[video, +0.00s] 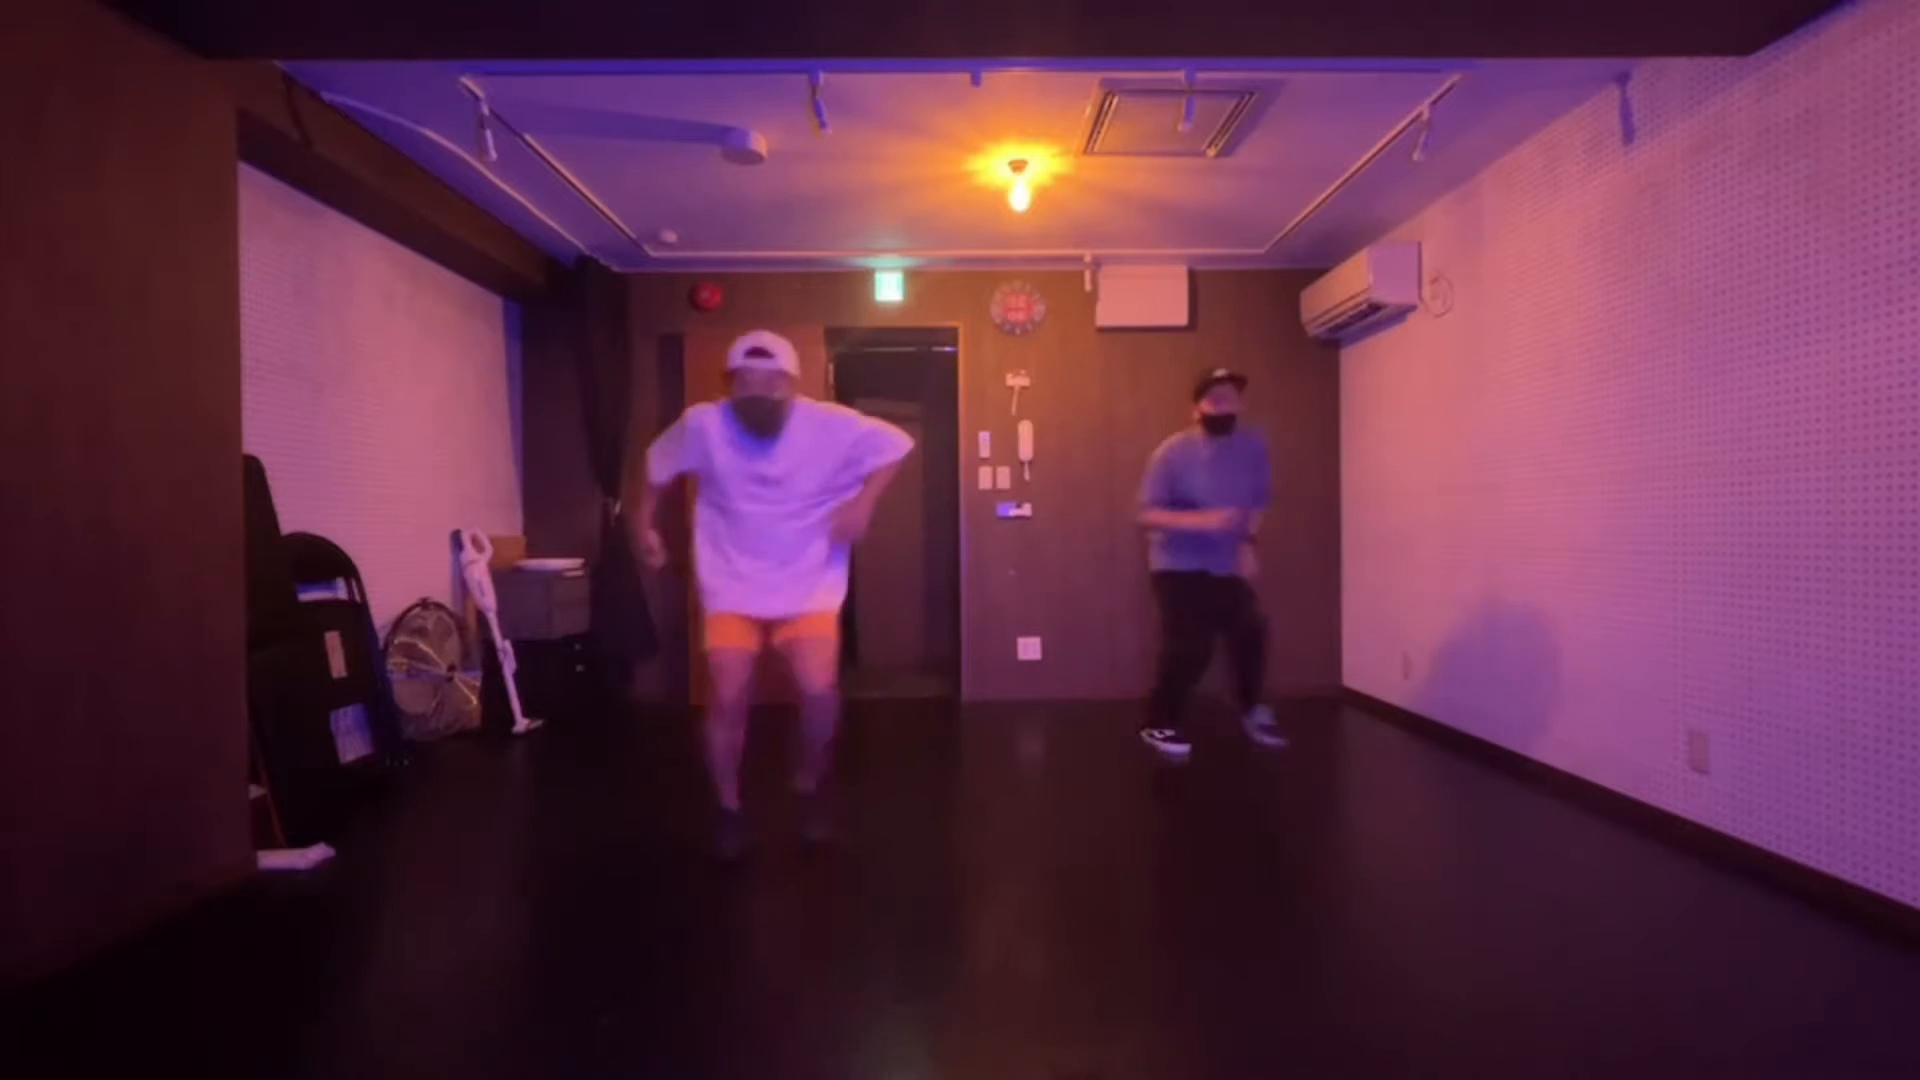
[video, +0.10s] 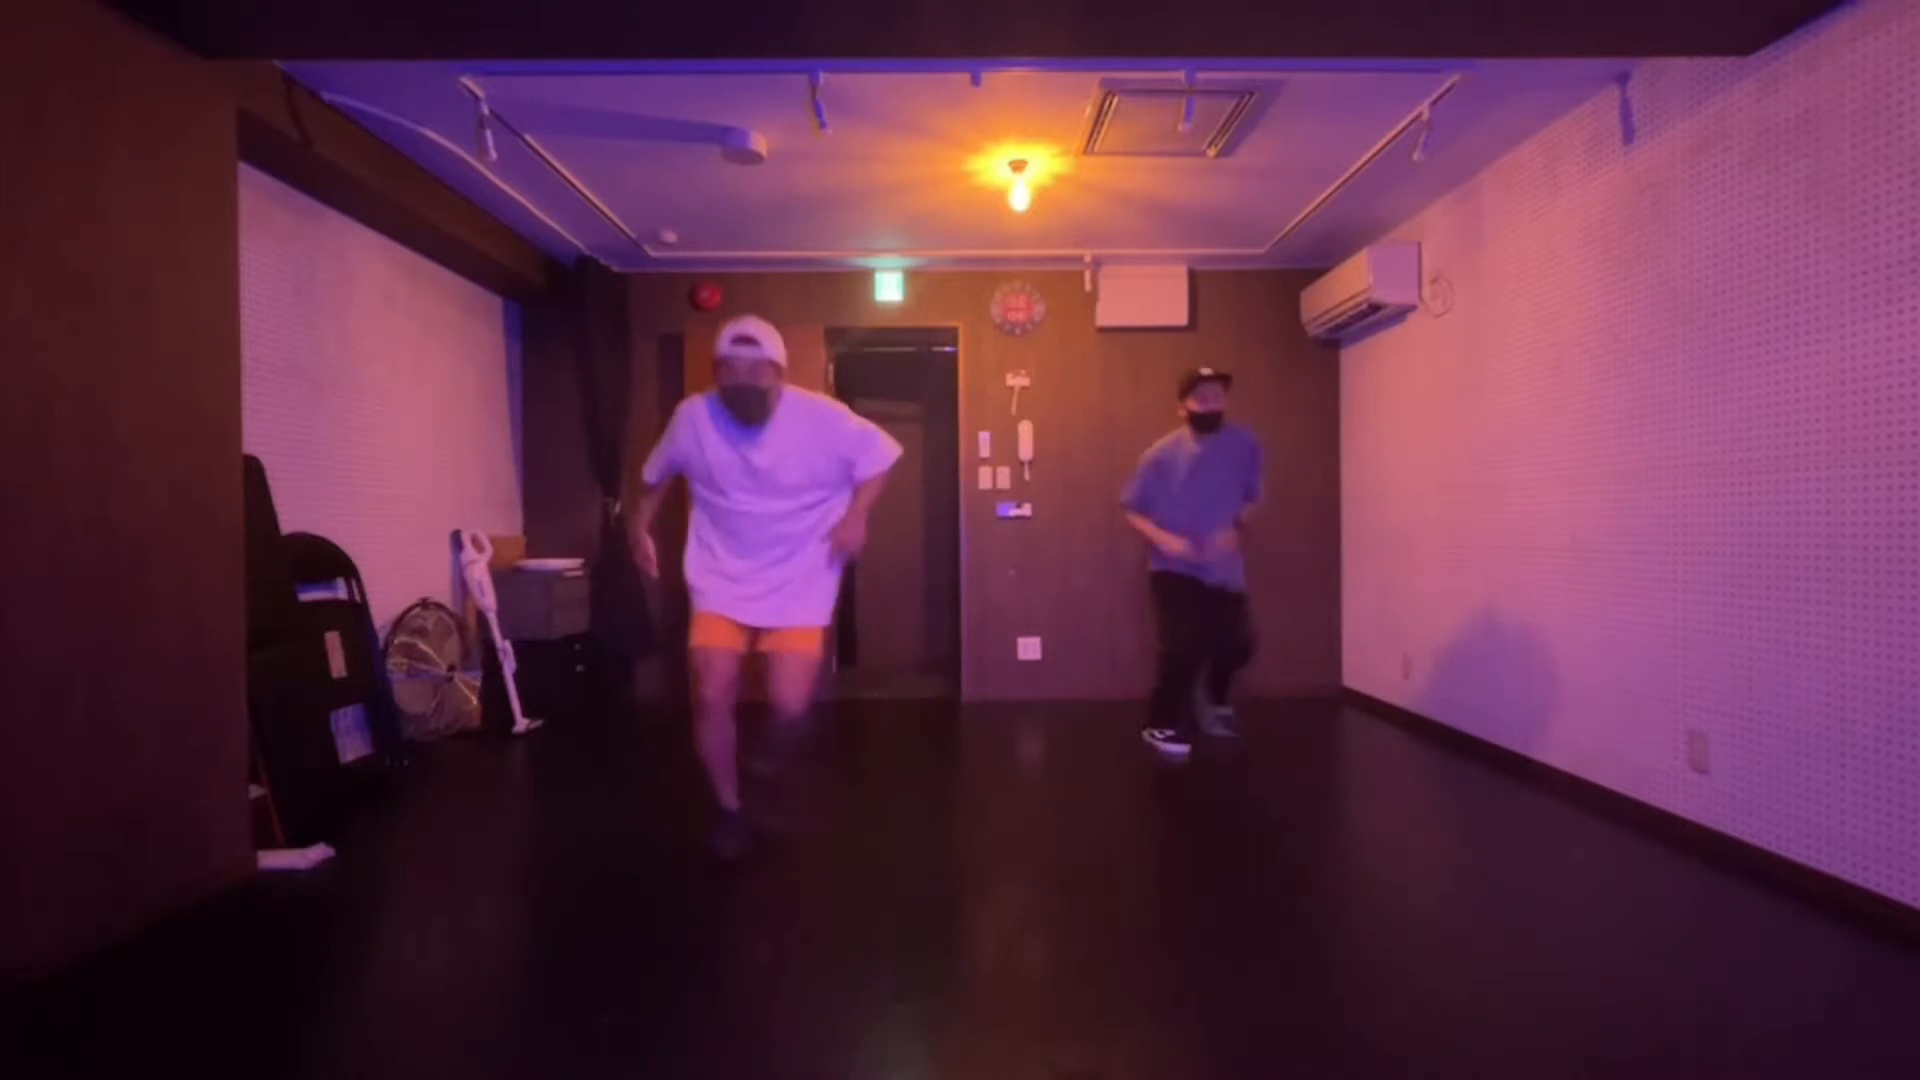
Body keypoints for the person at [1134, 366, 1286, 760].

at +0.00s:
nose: (1225, 408)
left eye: (1231, 399)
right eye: (1216, 399)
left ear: (1240, 404)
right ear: (1198, 405)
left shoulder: (1251, 449)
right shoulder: (1174, 451)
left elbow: (1259, 502)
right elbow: (1146, 512)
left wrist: (1248, 539)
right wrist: (1206, 521)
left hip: (1226, 568)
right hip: (1178, 569)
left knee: (1250, 631)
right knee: (1187, 646)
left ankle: (1252, 708)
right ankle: (1161, 723)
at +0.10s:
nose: (1210, 406)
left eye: (1217, 396)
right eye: (1201, 397)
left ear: (1227, 401)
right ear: (1183, 405)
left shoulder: (1243, 446)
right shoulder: (1164, 453)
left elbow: (1253, 499)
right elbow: (1132, 507)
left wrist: (1230, 532)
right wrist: (1165, 540)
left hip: (1223, 571)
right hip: (1176, 570)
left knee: (1234, 644)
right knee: (1181, 650)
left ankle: (1217, 701)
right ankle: (1163, 723)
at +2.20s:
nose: (1333, 385)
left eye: (1338, 376)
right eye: (1322, 378)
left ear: (1347, 378)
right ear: (1302, 387)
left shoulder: (1376, 415)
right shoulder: (1294, 448)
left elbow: (1413, 469)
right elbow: (1296, 510)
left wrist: (1442, 520)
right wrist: (1347, 502)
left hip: (1397, 551)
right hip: (1343, 554)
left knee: (1402, 646)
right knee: (1339, 637)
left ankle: (1384, 726)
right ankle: (1324, 729)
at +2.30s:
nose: (1319, 381)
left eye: (1326, 372)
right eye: (1309, 374)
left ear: (1337, 378)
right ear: (1290, 384)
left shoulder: (1366, 416)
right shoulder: (1281, 447)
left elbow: (1396, 470)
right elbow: (1287, 508)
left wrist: (1410, 517)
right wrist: (1336, 494)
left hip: (1388, 552)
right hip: (1332, 557)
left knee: (1400, 649)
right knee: (1329, 645)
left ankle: (1382, 727)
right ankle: (1318, 736)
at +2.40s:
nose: (1316, 370)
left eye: (1322, 362)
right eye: (1306, 363)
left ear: (1333, 366)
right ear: (1287, 369)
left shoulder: (1361, 401)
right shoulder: (1276, 429)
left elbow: (1392, 446)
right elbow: (1275, 490)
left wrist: (1398, 493)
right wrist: (1329, 475)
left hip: (1377, 545)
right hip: (1321, 550)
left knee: (1390, 646)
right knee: (1318, 644)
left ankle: (1381, 723)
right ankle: (1317, 734)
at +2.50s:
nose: (1325, 360)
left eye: (1330, 352)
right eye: (1315, 352)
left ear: (1339, 353)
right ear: (1295, 356)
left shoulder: (1359, 386)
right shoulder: (1272, 401)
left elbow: (1400, 423)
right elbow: (1258, 458)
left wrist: (1389, 469)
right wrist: (1319, 466)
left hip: (1355, 539)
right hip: (1301, 543)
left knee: (1367, 633)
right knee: (1308, 642)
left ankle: (1374, 709)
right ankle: (1316, 731)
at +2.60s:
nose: (1331, 365)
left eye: (1337, 356)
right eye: (1323, 356)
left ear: (1346, 356)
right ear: (1304, 357)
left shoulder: (1361, 392)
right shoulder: (1279, 395)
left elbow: (1399, 434)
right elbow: (1254, 450)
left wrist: (1379, 467)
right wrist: (1308, 477)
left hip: (1345, 539)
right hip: (1293, 542)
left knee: (1358, 633)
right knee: (1301, 641)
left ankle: (1347, 693)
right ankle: (1313, 733)